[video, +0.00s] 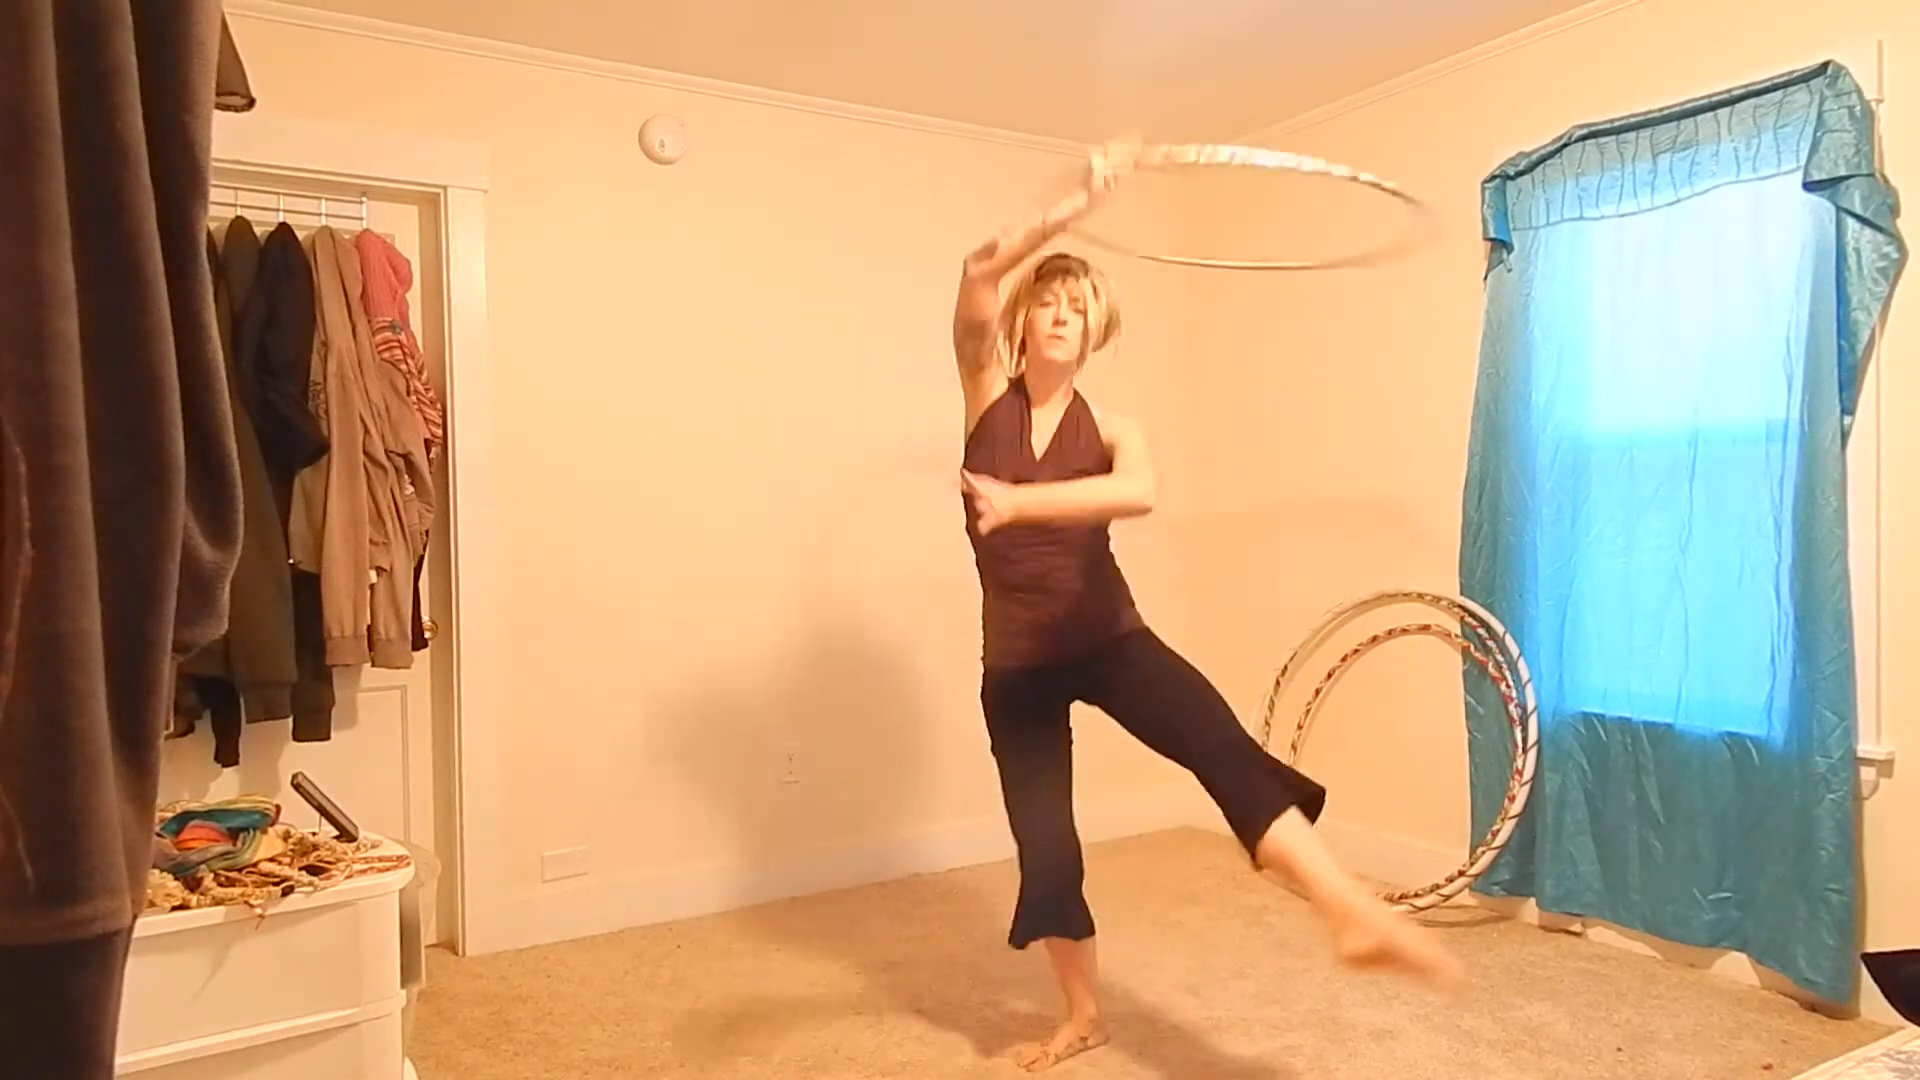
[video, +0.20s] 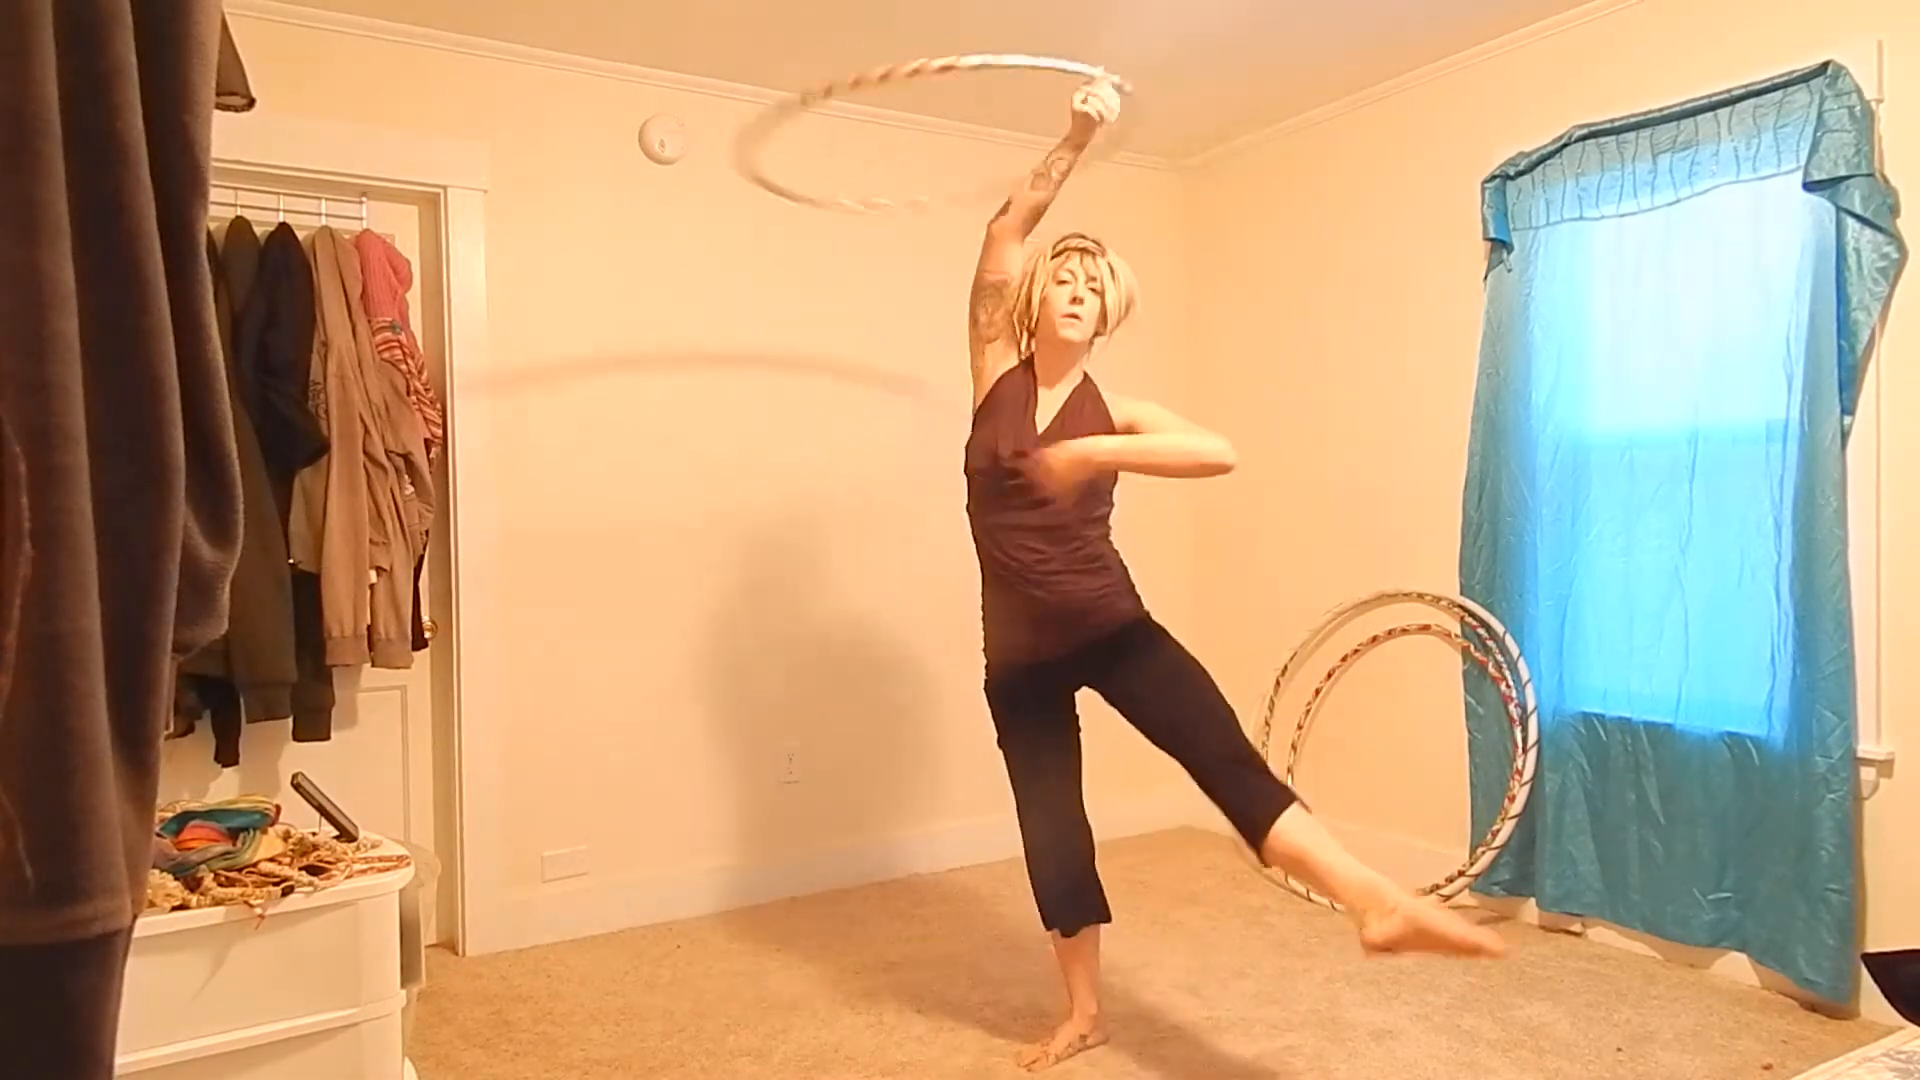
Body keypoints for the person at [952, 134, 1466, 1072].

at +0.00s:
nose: (1061, 319)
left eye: (1076, 309)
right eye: (1049, 306)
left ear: (1092, 333)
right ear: (1017, 321)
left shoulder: (1102, 430)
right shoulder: (987, 397)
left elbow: (1136, 493)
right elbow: (980, 278)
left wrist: (1016, 502)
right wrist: (1080, 201)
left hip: (1110, 643)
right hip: (1019, 663)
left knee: (1225, 751)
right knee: (1043, 843)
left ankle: (1351, 914)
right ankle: (1080, 1016)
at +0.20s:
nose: (1075, 286)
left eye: (1093, 282)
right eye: (1063, 272)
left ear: (1107, 314)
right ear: (1029, 293)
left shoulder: (1110, 412)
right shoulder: (998, 369)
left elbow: (1218, 455)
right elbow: (1006, 230)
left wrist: (1092, 453)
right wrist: (1077, 132)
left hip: (1116, 632)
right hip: (1021, 655)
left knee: (1230, 764)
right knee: (1051, 838)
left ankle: (1375, 905)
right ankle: (1080, 1014)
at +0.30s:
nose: (1085, 292)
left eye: (1099, 287)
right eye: (1070, 279)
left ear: (1110, 318)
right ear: (1035, 302)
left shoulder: (1121, 414)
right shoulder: (1000, 382)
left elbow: (1253, 457)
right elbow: (987, 247)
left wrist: (1176, 510)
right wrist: (1057, 158)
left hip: (1121, 648)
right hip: (1023, 661)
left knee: (1220, 805)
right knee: (1046, 854)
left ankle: (1343, 968)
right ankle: (1083, 1024)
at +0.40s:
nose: (1101, 312)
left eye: (1112, 305)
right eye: (1084, 297)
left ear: (1118, 328)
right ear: (1042, 313)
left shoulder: (1135, 420)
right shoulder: (1006, 395)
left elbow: (1270, 475)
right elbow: (967, 281)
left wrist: (1281, 572)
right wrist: (1021, 187)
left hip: (1128, 664)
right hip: (1028, 672)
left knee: (1200, 857)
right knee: (1035, 864)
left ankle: (1296, 1047)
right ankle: (1084, 1026)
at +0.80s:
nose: (1186, 272)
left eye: (1185, 257)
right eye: (1158, 263)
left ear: (1199, 279)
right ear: (1117, 306)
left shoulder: (1230, 387)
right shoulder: (1097, 396)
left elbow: (1209, 499)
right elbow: (939, 385)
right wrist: (941, 292)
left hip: (1216, 693)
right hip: (1115, 689)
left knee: (1210, 911)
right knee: (1101, 884)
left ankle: (1179, 1064)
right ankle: (1053, 1013)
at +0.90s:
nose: (1228, 273)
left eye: (1227, 258)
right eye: (1204, 262)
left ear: (1234, 272)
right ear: (1156, 290)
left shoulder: (1248, 381)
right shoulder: (1139, 398)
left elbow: (1241, 504)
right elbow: (1004, 445)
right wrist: (953, 327)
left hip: (1232, 684)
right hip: (1148, 682)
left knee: (1230, 917)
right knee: (1176, 897)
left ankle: (1186, 1064)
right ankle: (1059, 974)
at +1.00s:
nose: (1274, 281)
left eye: (1273, 265)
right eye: (1256, 264)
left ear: (1239, 283)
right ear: (1199, 277)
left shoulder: (1245, 383)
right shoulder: (1165, 390)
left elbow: (1235, 517)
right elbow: (1124, 512)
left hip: (1230, 670)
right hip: (1165, 671)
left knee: (1267, 885)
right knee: (1261, 883)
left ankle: (1196, 1066)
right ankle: (1100, 989)